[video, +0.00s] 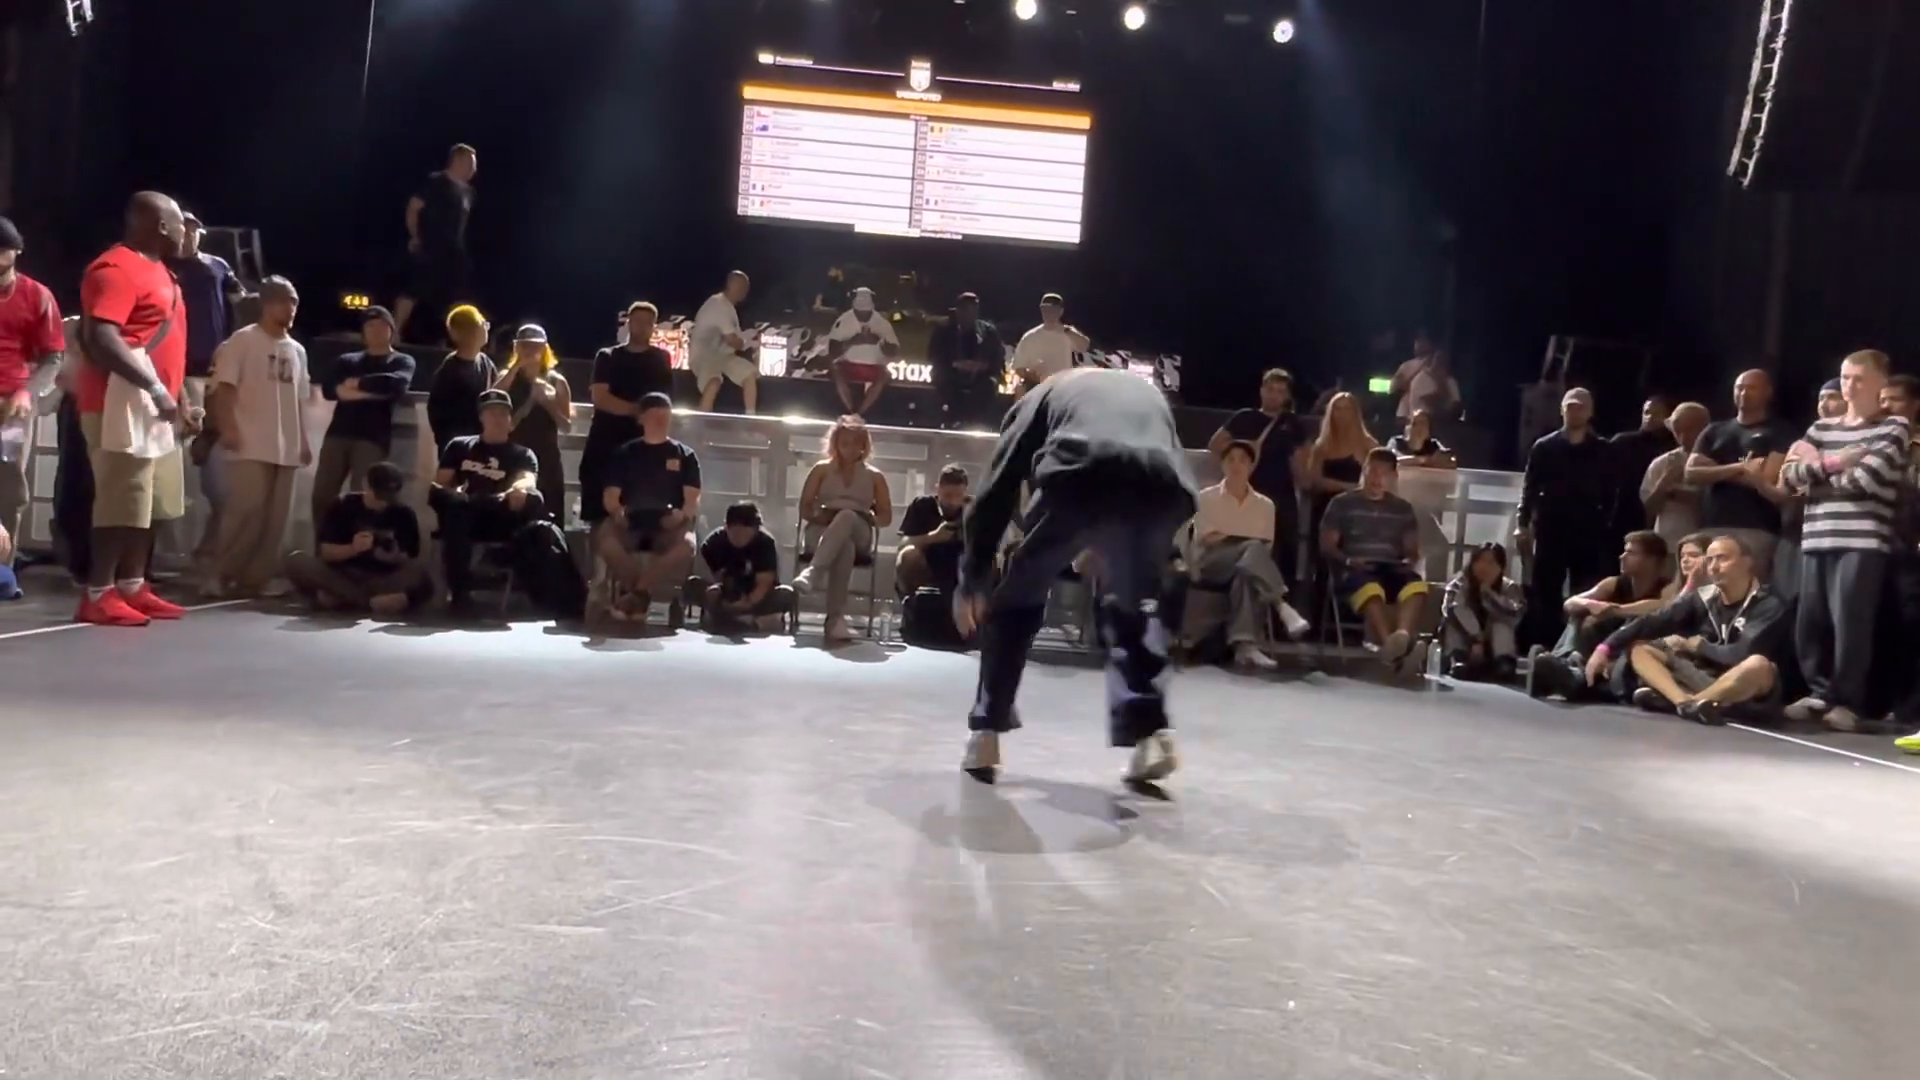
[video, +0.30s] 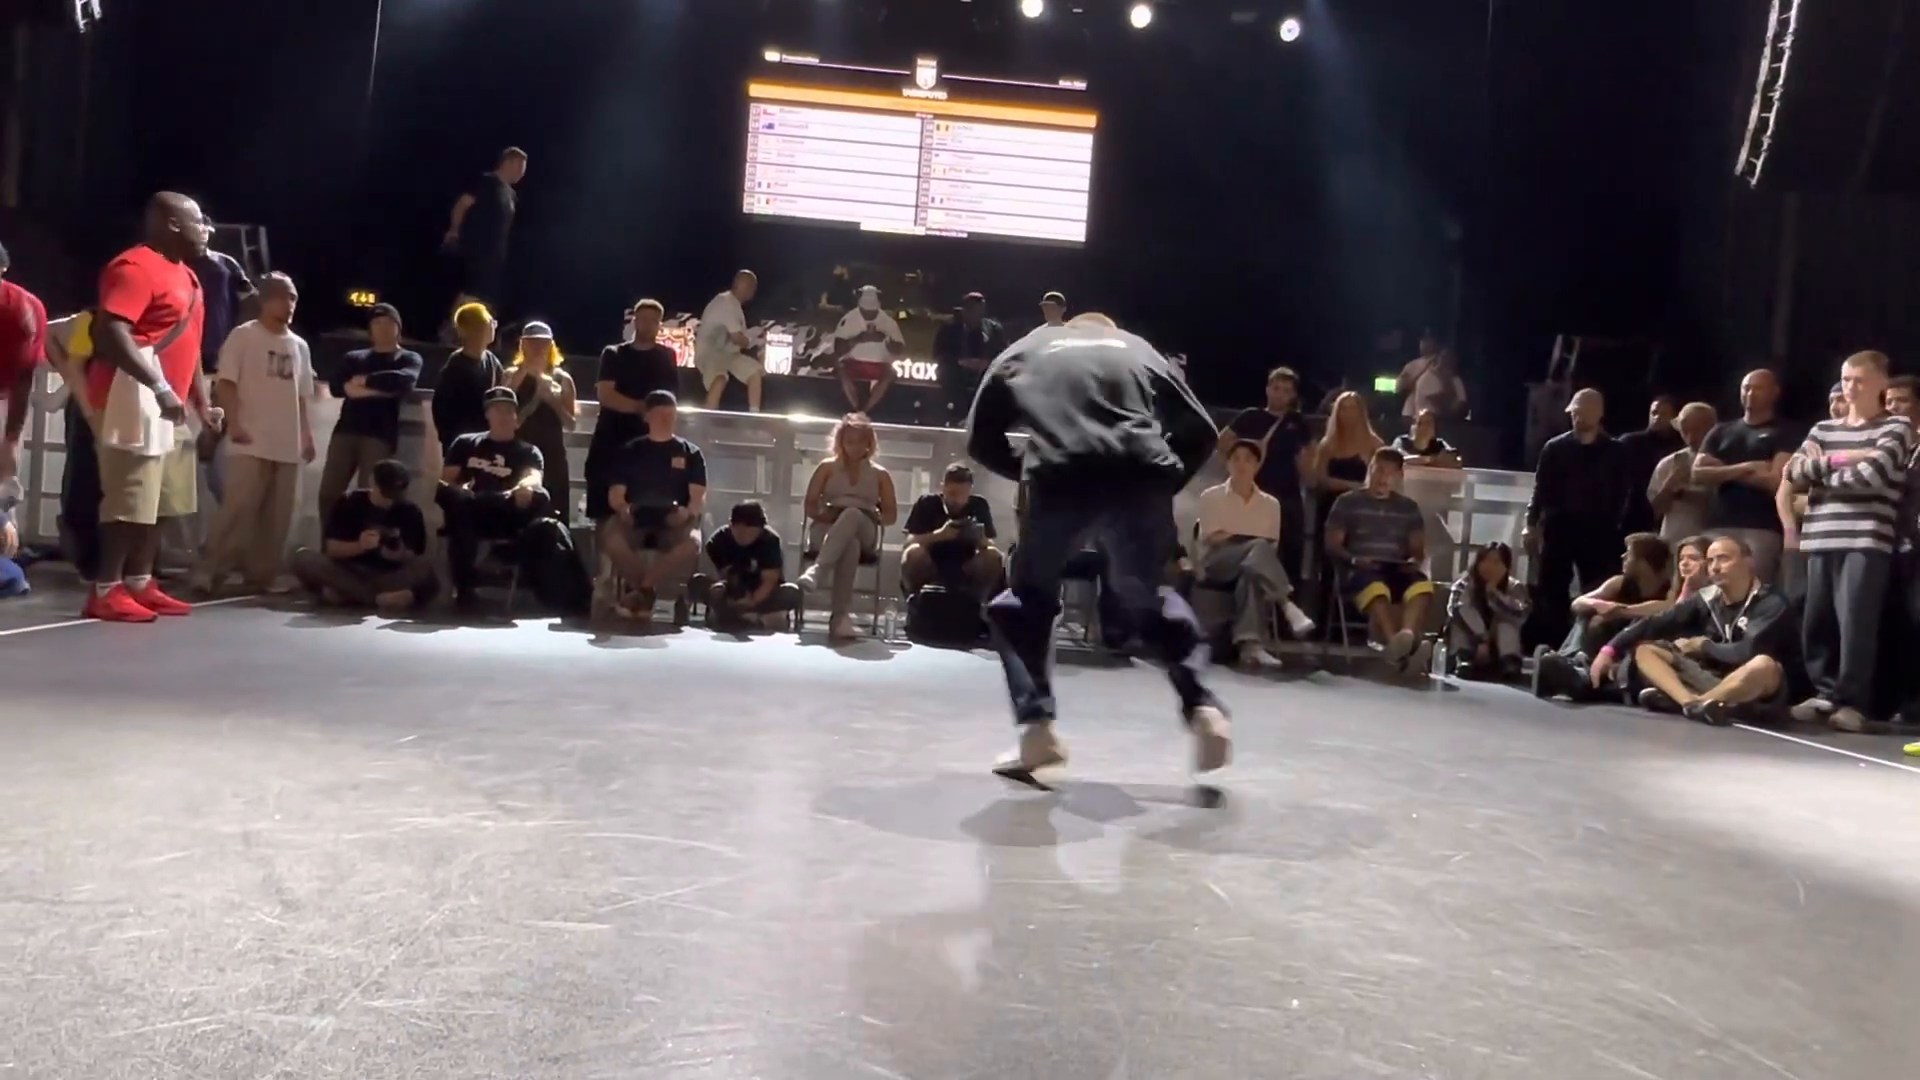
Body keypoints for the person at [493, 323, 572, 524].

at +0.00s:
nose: (530, 351)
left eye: (536, 345)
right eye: (525, 345)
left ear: (544, 349)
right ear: (516, 348)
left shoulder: (557, 382)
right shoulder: (506, 378)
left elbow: (566, 425)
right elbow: (490, 405)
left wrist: (546, 402)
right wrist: (515, 368)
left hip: (546, 455)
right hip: (512, 455)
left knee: (551, 517)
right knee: (511, 518)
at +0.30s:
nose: (537, 347)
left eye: (543, 342)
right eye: (532, 341)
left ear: (551, 346)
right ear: (522, 345)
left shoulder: (563, 379)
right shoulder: (511, 376)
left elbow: (571, 423)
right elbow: (502, 414)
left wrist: (552, 399)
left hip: (552, 451)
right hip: (519, 450)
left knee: (556, 512)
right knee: (518, 512)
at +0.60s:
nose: (543, 342)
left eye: (548, 337)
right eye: (538, 337)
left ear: (556, 341)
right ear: (529, 340)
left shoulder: (567, 376)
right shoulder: (514, 373)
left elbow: (575, 420)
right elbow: (511, 420)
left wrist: (559, 396)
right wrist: (541, 395)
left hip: (557, 448)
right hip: (522, 448)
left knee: (560, 509)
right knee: (522, 510)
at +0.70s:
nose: (545, 341)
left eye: (551, 335)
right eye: (540, 335)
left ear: (557, 339)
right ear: (530, 338)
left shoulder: (569, 373)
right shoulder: (516, 371)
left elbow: (577, 417)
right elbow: (515, 417)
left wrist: (562, 394)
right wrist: (543, 391)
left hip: (558, 445)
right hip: (526, 445)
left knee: (563, 506)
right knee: (525, 505)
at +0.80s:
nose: (547, 339)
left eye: (552, 333)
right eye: (541, 333)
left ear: (559, 337)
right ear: (531, 336)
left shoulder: (570, 371)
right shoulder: (517, 369)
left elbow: (577, 415)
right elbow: (516, 415)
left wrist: (564, 390)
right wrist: (545, 387)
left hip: (559, 442)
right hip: (527, 442)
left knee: (563, 503)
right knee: (525, 503)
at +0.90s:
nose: (548, 337)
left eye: (553, 332)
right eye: (542, 332)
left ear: (560, 336)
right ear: (532, 335)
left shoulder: (571, 369)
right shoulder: (518, 367)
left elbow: (579, 413)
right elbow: (517, 413)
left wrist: (565, 388)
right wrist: (545, 387)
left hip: (561, 442)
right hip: (528, 441)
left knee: (565, 503)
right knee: (526, 503)